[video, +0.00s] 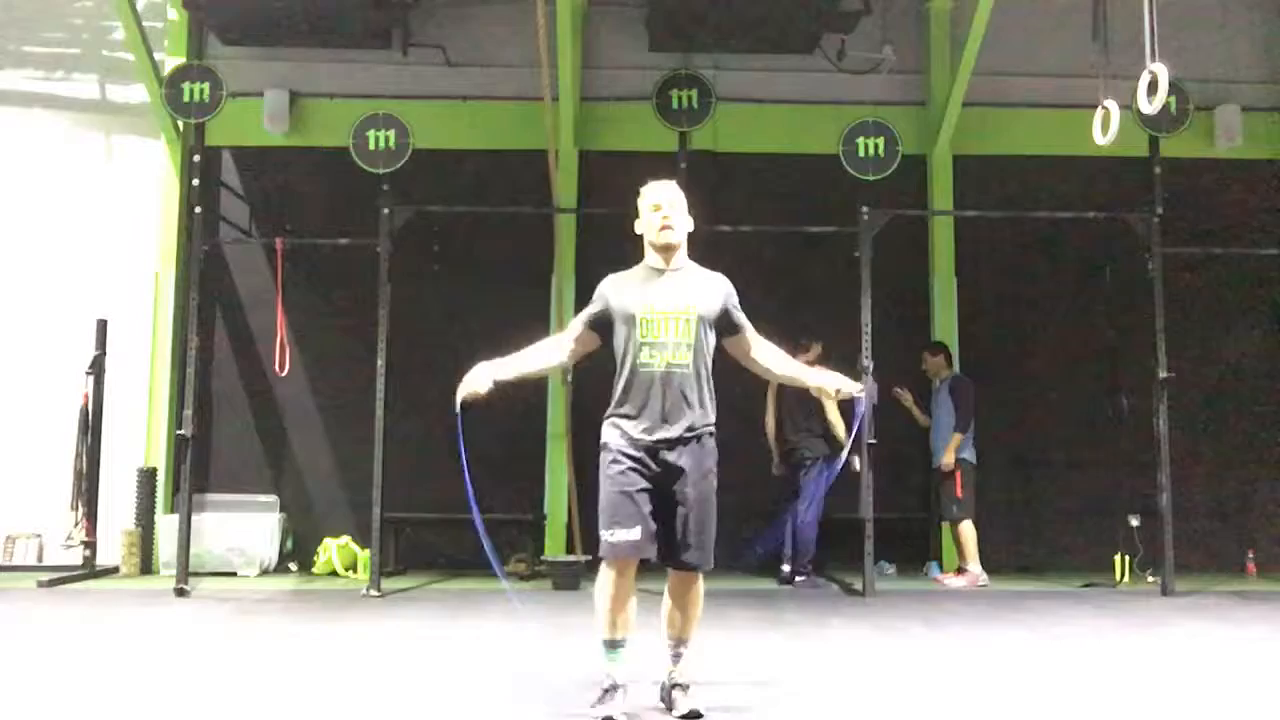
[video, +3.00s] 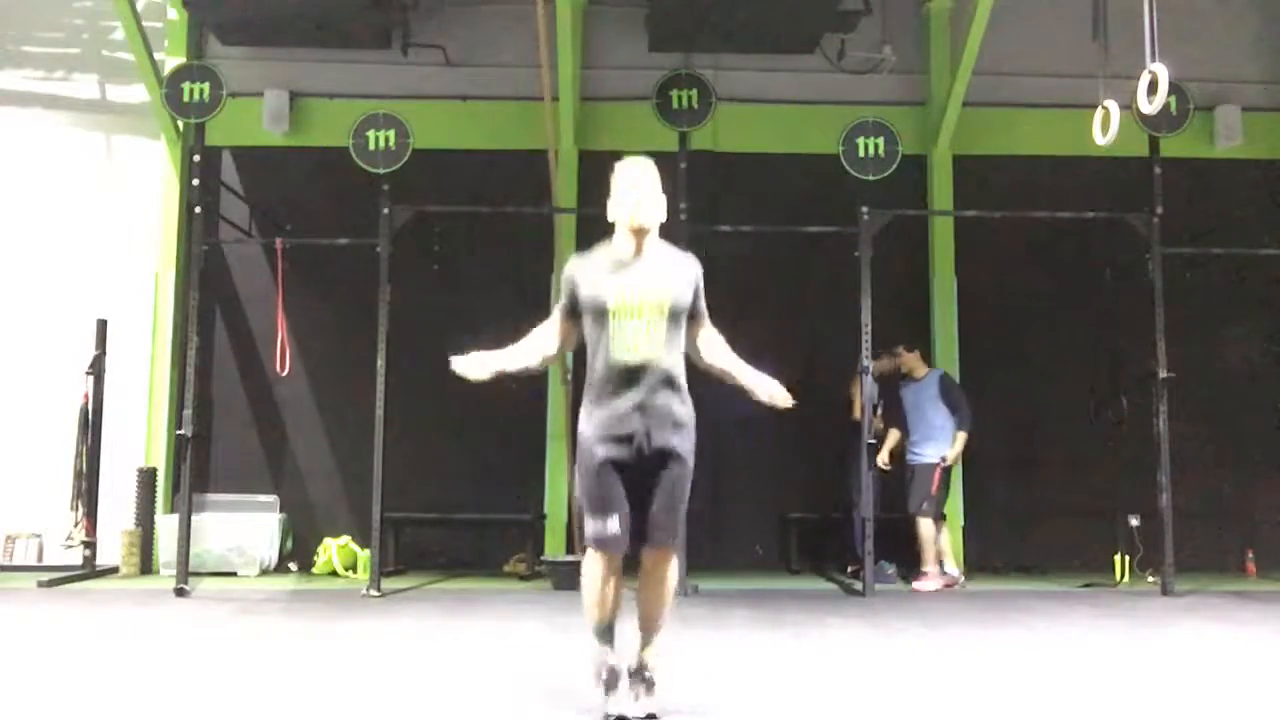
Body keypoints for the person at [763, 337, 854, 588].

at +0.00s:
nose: (819, 352)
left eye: (816, 348)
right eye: (818, 348)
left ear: (794, 348)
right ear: (814, 349)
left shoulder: (778, 378)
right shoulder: (818, 377)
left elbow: (770, 422)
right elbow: (833, 416)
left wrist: (776, 456)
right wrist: (844, 444)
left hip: (789, 450)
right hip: (814, 449)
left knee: (795, 505)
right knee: (807, 508)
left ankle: (787, 565)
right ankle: (802, 569)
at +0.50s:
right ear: (839, 350)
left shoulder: (798, 375)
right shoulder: (831, 371)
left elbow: (795, 411)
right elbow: (837, 412)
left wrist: (798, 435)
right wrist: (852, 442)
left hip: (804, 441)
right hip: (823, 443)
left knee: (811, 501)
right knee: (830, 503)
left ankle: (820, 564)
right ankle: (811, 560)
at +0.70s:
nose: (839, 354)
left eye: (838, 350)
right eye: (837, 349)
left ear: (827, 352)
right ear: (829, 351)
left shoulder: (818, 375)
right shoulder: (830, 375)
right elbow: (833, 412)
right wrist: (844, 444)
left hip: (814, 448)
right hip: (827, 449)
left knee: (816, 503)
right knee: (836, 501)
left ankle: (821, 557)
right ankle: (826, 556)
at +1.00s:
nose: (852, 356)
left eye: (852, 351)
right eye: (847, 352)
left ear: (834, 360)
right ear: (836, 356)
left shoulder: (828, 379)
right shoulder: (841, 380)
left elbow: (836, 416)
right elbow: (839, 417)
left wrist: (866, 420)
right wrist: (851, 451)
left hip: (819, 449)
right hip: (836, 450)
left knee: (820, 508)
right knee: (852, 507)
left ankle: (823, 562)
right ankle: (864, 563)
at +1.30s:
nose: (864, 358)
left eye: (864, 353)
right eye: (859, 353)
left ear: (855, 358)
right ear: (851, 357)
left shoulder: (859, 380)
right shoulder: (852, 379)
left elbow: (866, 418)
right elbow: (857, 419)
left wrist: (893, 411)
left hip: (853, 450)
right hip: (850, 450)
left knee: (851, 506)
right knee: (853, 505)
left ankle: (843, 564)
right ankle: (850, 564)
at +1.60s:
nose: (878, 357)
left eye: (878, 352)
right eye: (875, 351)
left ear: (872, 357)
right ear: (868, 354)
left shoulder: (868, 380)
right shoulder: (859, 380)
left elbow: (875, 417)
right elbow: (863, 421)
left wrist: (899, 410)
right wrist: (898, 427)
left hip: (871, 447)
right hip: (862, 449)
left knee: (870, 506)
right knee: (865, 507)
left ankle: (864, 559)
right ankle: (868, 562)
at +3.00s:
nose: (894, 369)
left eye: (895, 365)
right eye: (893, 363)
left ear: (886, 364)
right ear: (883, 360)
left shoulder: (877, 383)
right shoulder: (862, 379)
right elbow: (857, 414)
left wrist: (879, 424)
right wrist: (876, 424)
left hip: (875, 444)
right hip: (862, 445)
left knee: (871, 503)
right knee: (861, 502)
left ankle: (863, 557)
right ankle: (860, 559)